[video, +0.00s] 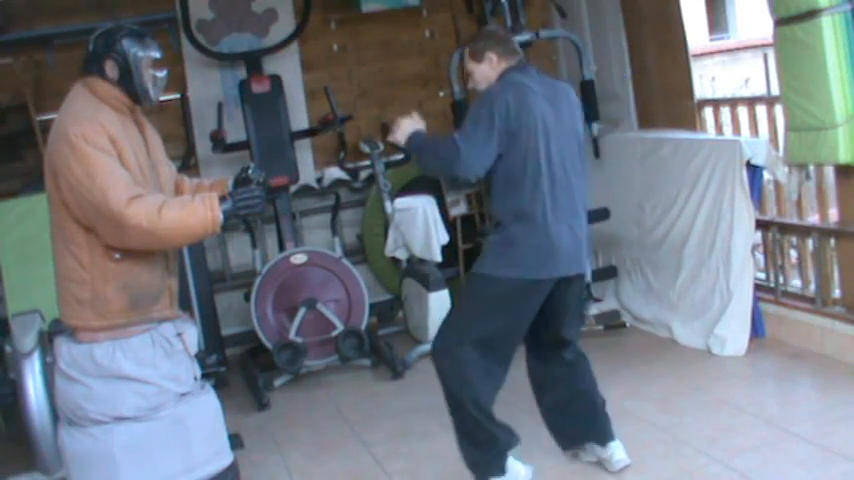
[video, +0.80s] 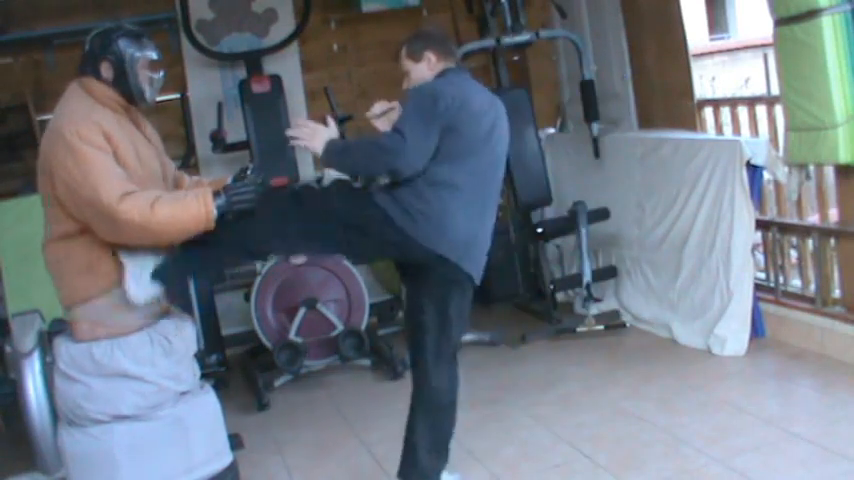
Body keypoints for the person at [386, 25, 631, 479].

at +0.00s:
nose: (470, 81)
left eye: (471, 70)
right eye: (467, 72)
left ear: (492, 59)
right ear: (513, 58)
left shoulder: (498, 97)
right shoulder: (566, 94)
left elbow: (466, 163)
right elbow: (572, 160)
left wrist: (415, 138)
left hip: (521, 256)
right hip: (573, 253)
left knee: (457, 349)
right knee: (558, 346)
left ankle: (497, 463)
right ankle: (601, 441)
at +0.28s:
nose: (422, 81)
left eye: (424, 70)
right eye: (420, 72)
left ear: (449, 62)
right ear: (463, 62)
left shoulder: (468, 104)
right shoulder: (512, 101)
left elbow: (440, 176)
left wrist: (384, 134)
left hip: (479, 279)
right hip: (529, 269)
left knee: (462, 392)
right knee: (545, 360)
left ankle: (464, 472)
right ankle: (590, 442)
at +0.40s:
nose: (410, 76)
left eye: (413, 65)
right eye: (409, 66)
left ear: (435, 56)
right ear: (448, 58)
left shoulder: (440, 99)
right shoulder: (501, 102)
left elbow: (399, 153)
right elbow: (516, 179)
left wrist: (340, 109)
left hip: (452, 266)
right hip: (502, 261)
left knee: (450, 375)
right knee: (495, 357)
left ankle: (459, 471)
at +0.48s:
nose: (408, 72)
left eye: (411, 62)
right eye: (407, 63)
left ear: (432, 56)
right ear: (453, 57)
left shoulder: (428, 98)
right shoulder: (499, 103)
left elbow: (358, 121)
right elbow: (504, 180)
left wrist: (346, 65)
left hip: (438, 269)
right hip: (487, 265)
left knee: (423, 375)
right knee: (460, 370)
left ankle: (444, 469)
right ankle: (458, 463)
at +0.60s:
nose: (412, 73)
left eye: (415, 63)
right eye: (411, 64)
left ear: (439, 54)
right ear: (455, 55)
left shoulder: (440, 93)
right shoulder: (500, 102)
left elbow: (374, 130)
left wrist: (326, 91)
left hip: (415, 239)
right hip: (471, 254)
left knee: (316, 291)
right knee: (457, 365)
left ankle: (360, 394)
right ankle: (452, 470)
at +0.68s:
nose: (409, 75)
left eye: (410, 66)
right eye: (407, 66)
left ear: (430, 54)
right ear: (451, 55)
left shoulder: (431, 90)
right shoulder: (495, 101)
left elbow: (384, 145)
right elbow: (453, 154)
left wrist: (312, 123)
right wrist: (391, 121)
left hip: (407, 221)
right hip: (461, 249)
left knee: (297, 208)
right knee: (449, 355)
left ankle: (305, 308)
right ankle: (440, 468)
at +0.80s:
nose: (405, 83)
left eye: (407, 73)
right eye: (404, 75)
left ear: (431, 60)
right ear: (451, 62)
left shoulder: (436, 91)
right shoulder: (493, 107)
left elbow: (403, 156)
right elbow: (456, 162)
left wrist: (332, 146)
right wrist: (404, 126)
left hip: (412, 221)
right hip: (461, 250)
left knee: (288, 210)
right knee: (437, 369)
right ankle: (423, 472)